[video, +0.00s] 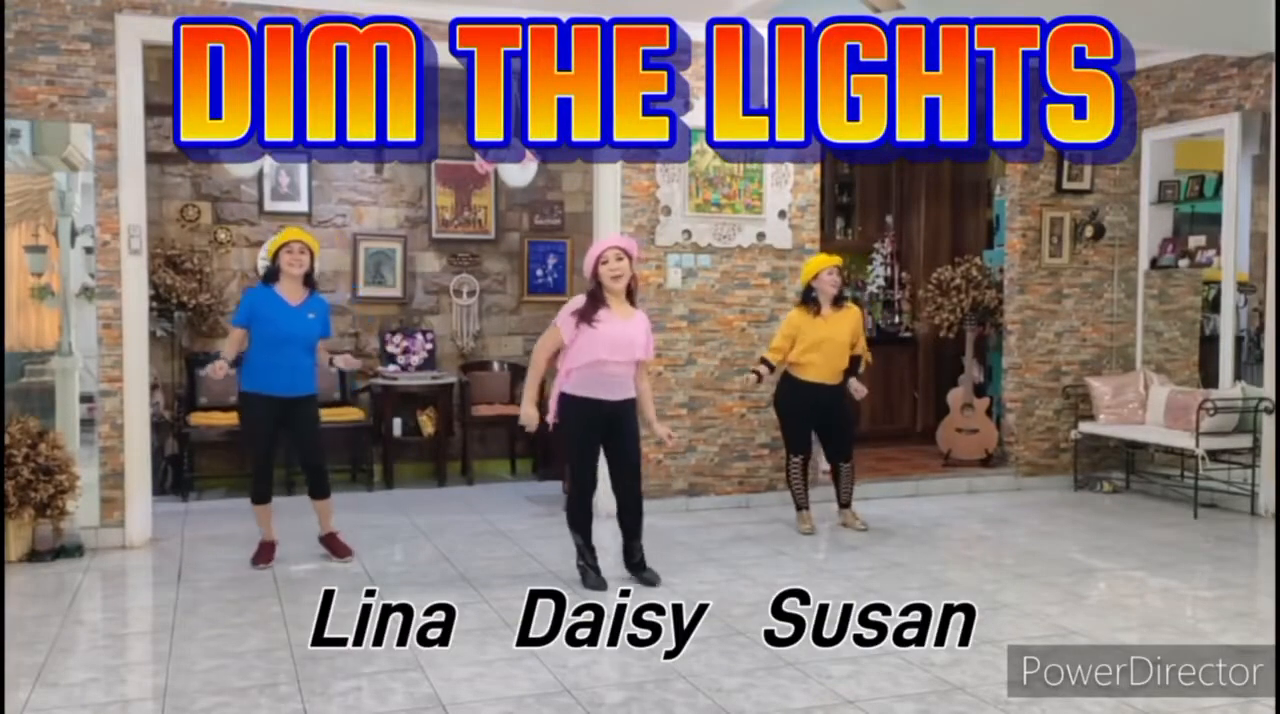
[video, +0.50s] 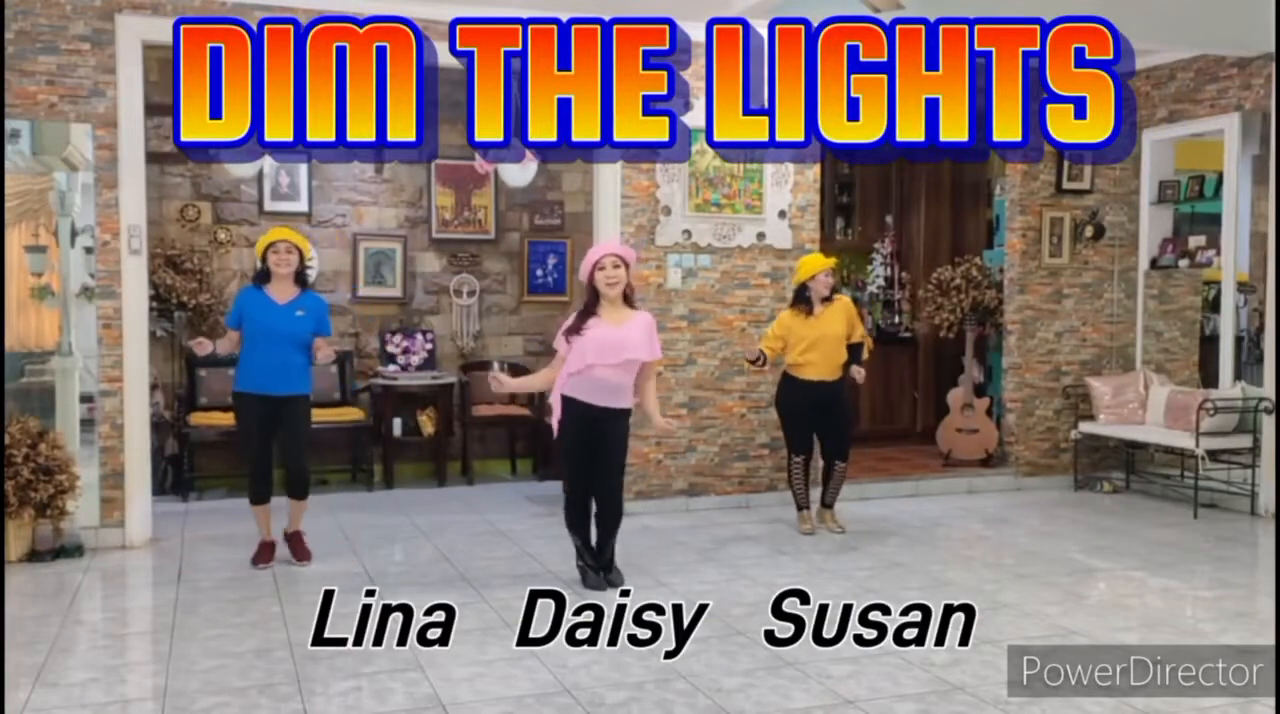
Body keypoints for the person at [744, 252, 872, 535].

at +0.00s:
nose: (836, 279)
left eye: (838, 274)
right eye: (829, 274)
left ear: (841, 280)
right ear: (813, 281)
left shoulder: (852, 314)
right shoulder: (798, 316)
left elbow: (858, 350)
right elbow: (777, 350)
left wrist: (853, 376)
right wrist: (761, 370)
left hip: (833, 392)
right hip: (796, 390)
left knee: (842, 453)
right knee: (798, 452)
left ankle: (846, 510)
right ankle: (802, 512)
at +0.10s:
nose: (834, 279)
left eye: (836, 274)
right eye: (828, 274)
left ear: (839, 280)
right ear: (812, 281)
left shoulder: (849, 312)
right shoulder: (796, 316)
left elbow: (858, 347)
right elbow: (776, 349)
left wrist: (852, 372)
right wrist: (758, 363)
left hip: (832, 391)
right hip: (795, 390)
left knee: (841, 453)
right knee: (797, 452)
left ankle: (839, 510)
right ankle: (802, 512)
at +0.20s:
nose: (834, 278)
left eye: (835, 272)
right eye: (828, 273)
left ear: (836, 278)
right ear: (811, 279)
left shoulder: (846, 310)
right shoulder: (792, 315)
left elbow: (856, 345)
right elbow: (774, 348)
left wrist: (851, 368)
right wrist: (759, 355)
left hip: (832, 390)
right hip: (795, 389)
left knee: (837, 451)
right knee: (799, 451)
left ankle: (830, 508)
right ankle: (804, 511)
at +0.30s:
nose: (833, 278)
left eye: (834, 272)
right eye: (827, 273)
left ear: (833, 277)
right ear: (810, 279)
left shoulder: (845, 308)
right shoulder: (791, 315)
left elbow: (855, 343)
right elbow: (772, 347)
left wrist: (851, 367)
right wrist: (759, 354)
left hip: (832, 389)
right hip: (796, 389)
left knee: (834, 452)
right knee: (799, 451)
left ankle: (825, 509)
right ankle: (803, 511)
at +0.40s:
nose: (831, 279)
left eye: (832, 274)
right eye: (825, 274)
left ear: (832, 279)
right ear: (809, 280)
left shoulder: (844, 308)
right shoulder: (790, 316)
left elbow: (856, 342)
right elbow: (770, 347)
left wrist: (852, 365)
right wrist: (759, 355)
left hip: (832, 389)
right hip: (796, 389)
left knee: (836, 453)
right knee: (799, 451)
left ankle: (827, 510)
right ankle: (804, 511)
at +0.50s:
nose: (830, 280)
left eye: (831, 274)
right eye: (824, 275)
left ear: (831, 279)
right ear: (807, 282)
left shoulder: (844, 306)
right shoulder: (790, 317)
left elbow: (857, 338)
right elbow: (769, 351)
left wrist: (856, 362)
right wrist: (757, 357)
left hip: (832, 389)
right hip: (795, 390)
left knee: (838, 453)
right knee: (800, 451)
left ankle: (827, 509)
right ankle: (804, 512)